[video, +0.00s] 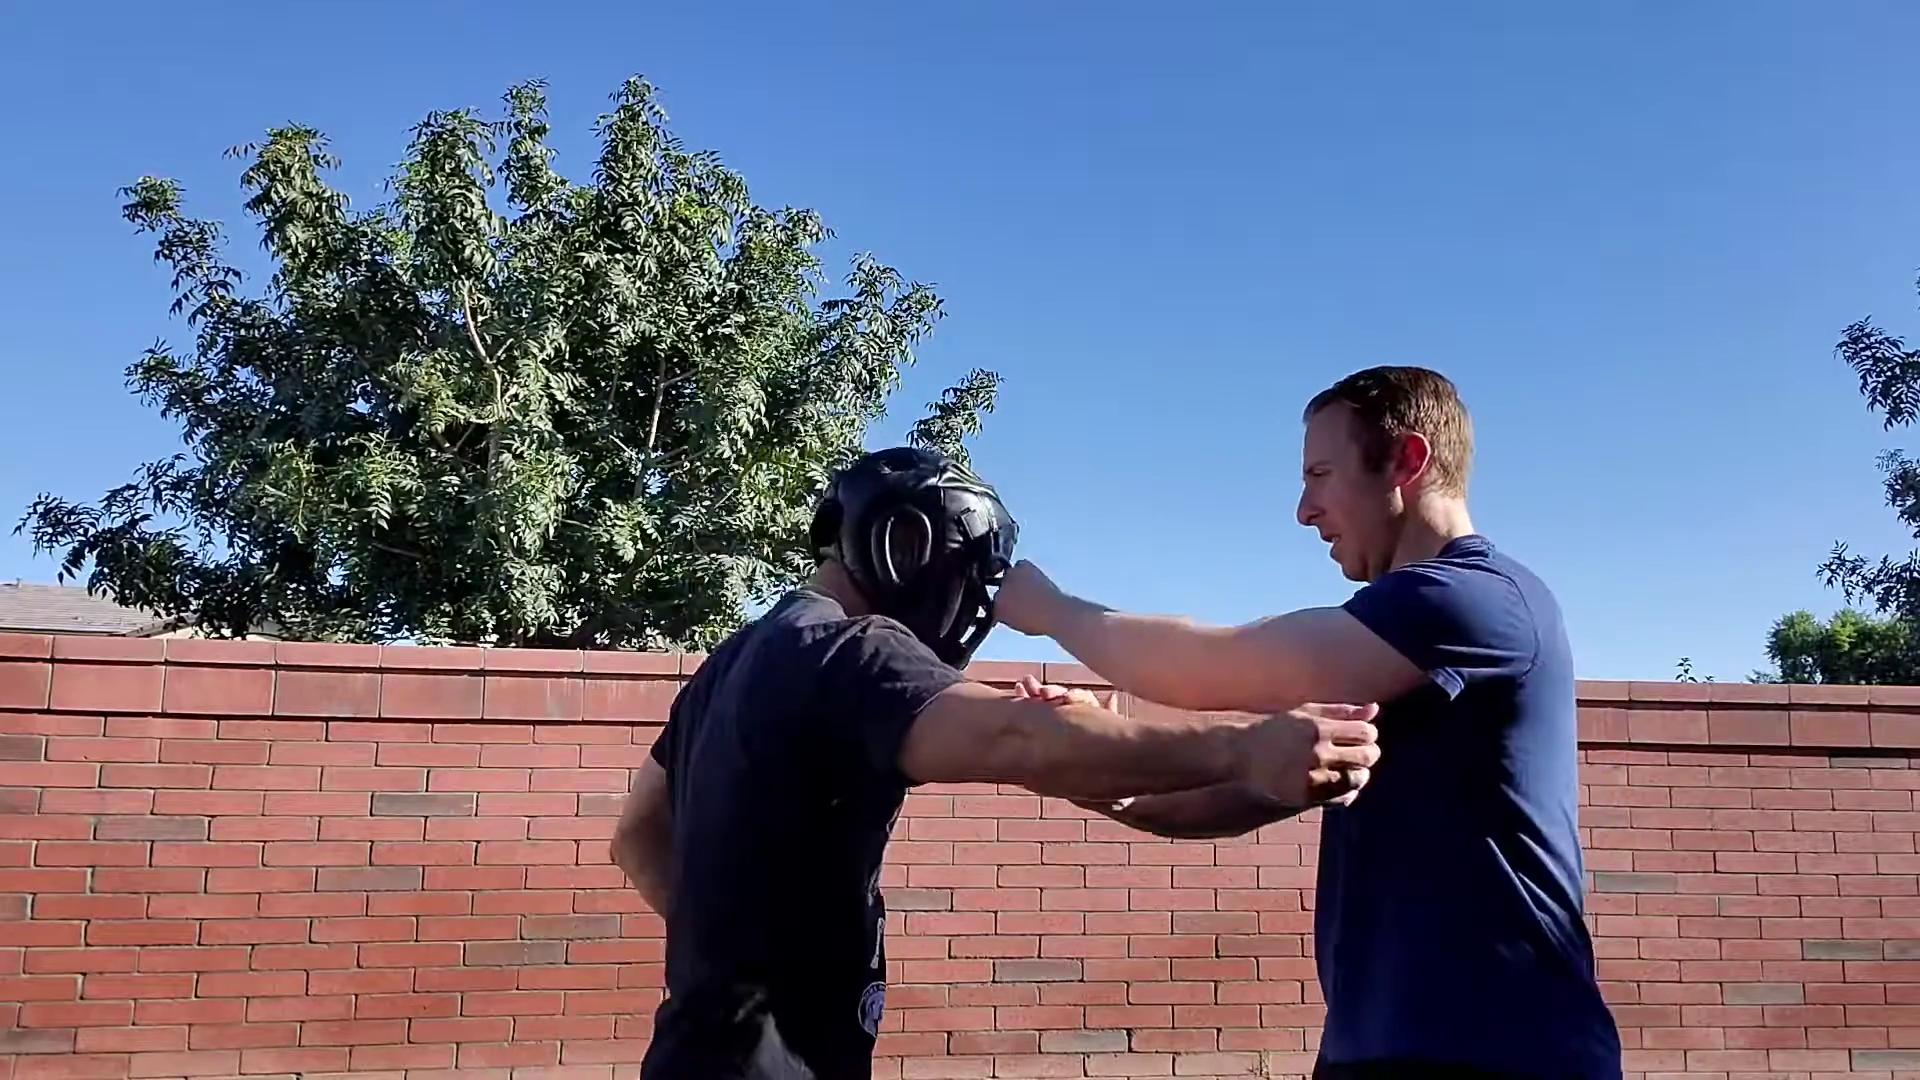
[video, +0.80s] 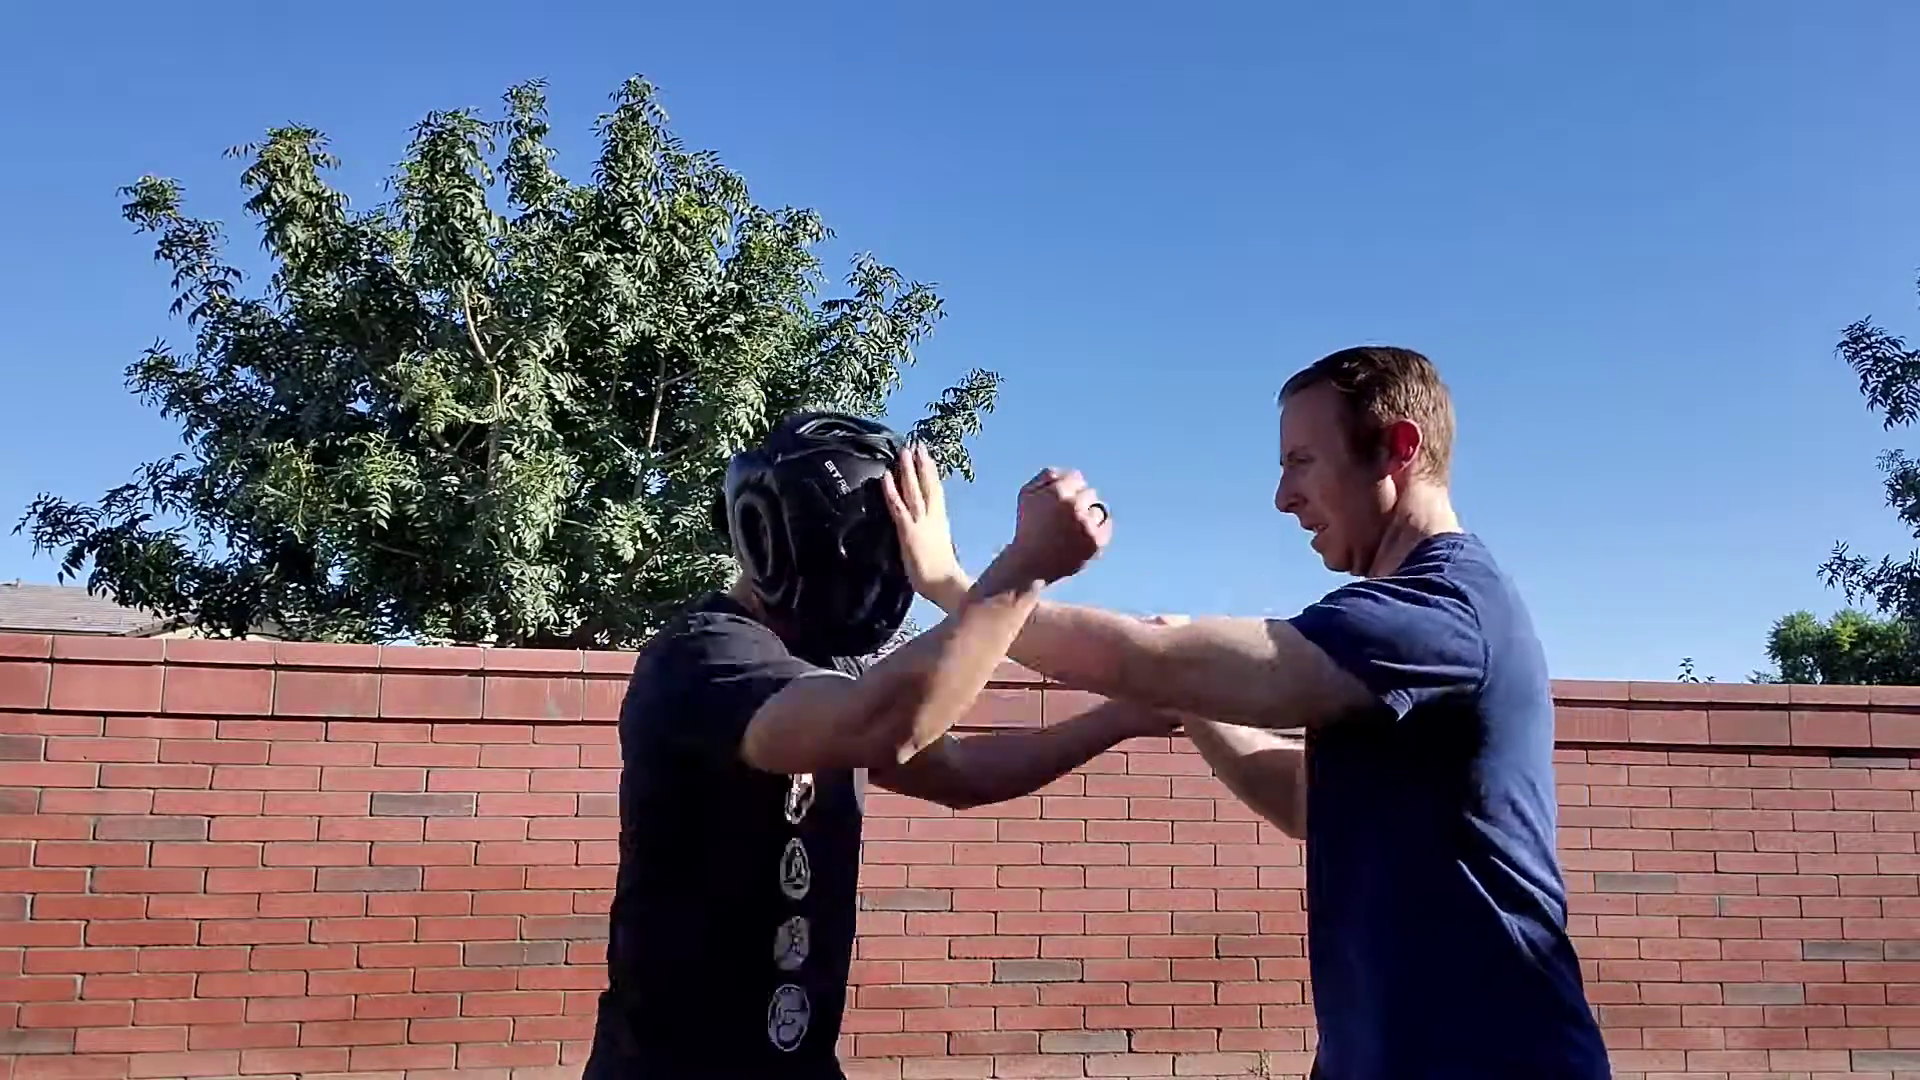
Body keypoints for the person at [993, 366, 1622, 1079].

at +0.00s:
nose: (1303, 510)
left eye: (1320, 474)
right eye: (1306, 481)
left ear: (1405, 465)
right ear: (1402, 472)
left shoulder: (1472, 600)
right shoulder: (1415, 621)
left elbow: (1212, 673)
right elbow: (1242, 771)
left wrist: (1046, 607)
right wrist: (1085, 713)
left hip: (1486, 1036)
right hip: (1383, 1030)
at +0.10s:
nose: (1298, 513)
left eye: (1314, 477)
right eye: (1302, 483)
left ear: (1398, 469)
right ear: (1397, 475)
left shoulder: (1472, 602)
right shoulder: (1417, 617)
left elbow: (1209, 681)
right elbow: (1239, 735)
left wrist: (1041, 613)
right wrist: (1082, 702)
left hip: (1493, 1034)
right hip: (1392, 1029)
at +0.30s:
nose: (1288, 500)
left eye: (1306, 466)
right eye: (1289, 473)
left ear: (1399, 456)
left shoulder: (1491, 602)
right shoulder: (1338, 655)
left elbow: (1344, 796)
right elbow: (1228, 828)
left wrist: (1160, 683)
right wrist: (1087, 782)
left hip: (1510, 1042)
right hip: (1367, 1044)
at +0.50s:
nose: (1330, 484)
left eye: (1353, 450)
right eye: (1335, 454)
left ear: (1451, 449)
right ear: (1449, 454)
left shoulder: (1493, 618)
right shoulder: (1434, 614)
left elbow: (1223, 723)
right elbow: (1280, 753)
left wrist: (1029, 616)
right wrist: (1171, 623)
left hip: (1492, 1056)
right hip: (1391, 1049)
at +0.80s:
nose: (1285, 496)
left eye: (1302, 464)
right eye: (1285, 469)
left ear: (1401, 454)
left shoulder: (1447, 607)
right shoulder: (1417, 616)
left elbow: (1149, 659)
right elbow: (1308, 805)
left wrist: (948, 582)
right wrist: (1185, 697)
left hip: (1484, 1047)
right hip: (1388, 1044)